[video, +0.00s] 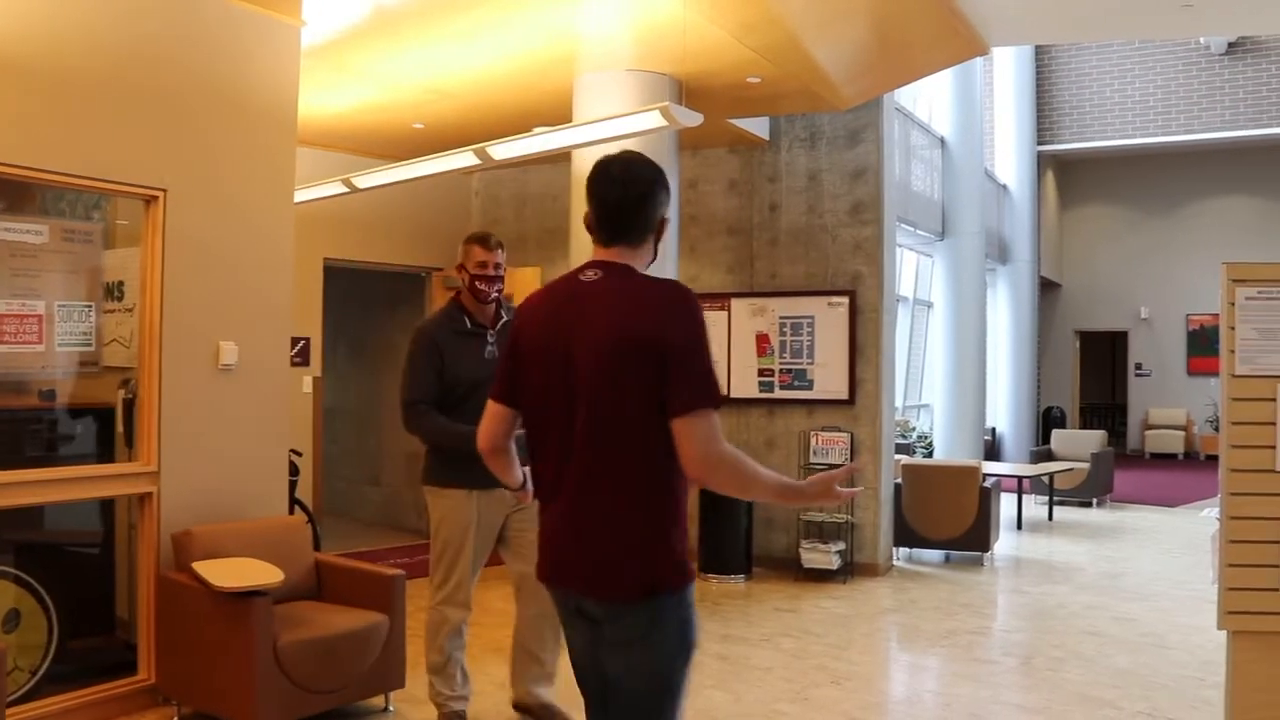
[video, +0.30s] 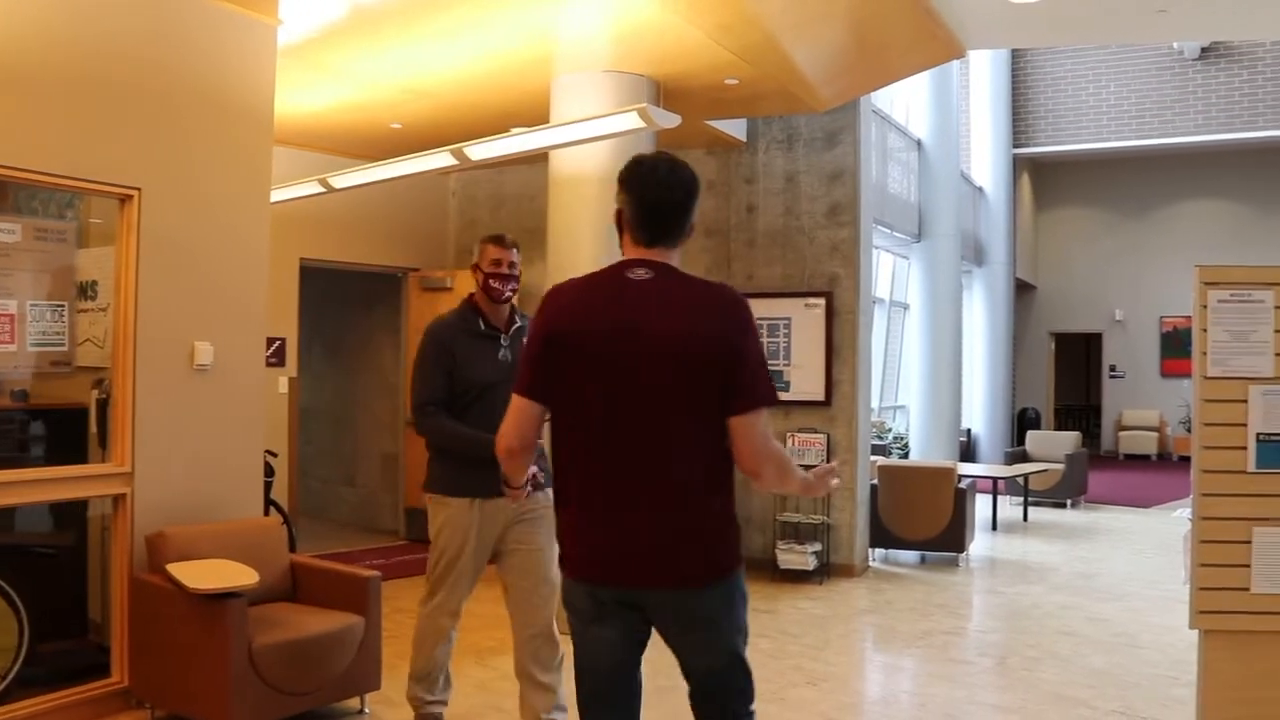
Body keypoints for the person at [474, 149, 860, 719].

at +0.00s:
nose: (666, 227)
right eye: (667, 216)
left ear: (589, 221)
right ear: (662, 225)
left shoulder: (538, 308)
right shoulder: (668, 304)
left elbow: (492, 440)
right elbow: (705, 459)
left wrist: (519, 482)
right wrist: (799, 491)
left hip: (565, 562)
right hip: (645, 568)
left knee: (604, 711)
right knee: (646, 710)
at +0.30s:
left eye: (620, 206)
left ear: (620, 215)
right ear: (692, 223)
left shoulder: (563, 305)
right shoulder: (720, 308)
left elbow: (513, 442)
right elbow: (758, 459)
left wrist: (517, 482)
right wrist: (804, 483)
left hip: (593, 562)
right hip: (694, 564)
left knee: (604, 712)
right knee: (725, 707)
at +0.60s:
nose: (669, 220)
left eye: (672, 212)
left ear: (676, 220)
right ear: (741, 228)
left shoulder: (625, 306)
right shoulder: (779, 318)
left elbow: (576, 441)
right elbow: (812, 471)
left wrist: (530, 490)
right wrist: (778, 475)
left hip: (643, 560)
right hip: (746, 564)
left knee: (615, 713)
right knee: (761, 714)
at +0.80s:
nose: (702, 229)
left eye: (705, 219)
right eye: (705, 219)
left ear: (711, 227)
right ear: (776, 234)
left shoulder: (675, 308)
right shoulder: (818, 322)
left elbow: (643, 445)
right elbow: (842, 467)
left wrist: (569, 498)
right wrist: (782, 487)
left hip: (690, 568)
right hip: (788, 571)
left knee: (632, 712)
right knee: (769, 713)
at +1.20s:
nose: (742, 227)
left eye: (745, 215)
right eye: (746, 215)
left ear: (755, 224)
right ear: (816, 232)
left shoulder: (740, 299)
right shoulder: (848, 320)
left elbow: (728, 443)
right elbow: (867, 464)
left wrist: (630, 507)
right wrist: (795, 489)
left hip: (744, 573)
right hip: (822, 573)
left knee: (711, 709)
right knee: (781, 712)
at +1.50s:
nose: (755, 237)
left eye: (761, 222)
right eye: (757, 223)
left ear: (790, 227)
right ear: (834, 232)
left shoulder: (797, 311)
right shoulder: (875, 324)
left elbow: (796, 462)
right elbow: (889, 468)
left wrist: (681, 525)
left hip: (795, 587)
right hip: (847, 582)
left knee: (795, 714)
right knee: (784, 710)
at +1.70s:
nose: (773, 243)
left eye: (782, 228)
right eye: (774, 229)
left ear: (824, 233)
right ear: (823, 235)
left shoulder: (855, 318)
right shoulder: (873, 313)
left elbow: (855, 486)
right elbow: (883, 472)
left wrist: (725, 544)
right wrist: (807, 508)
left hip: (847, 609)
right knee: (786, 714)